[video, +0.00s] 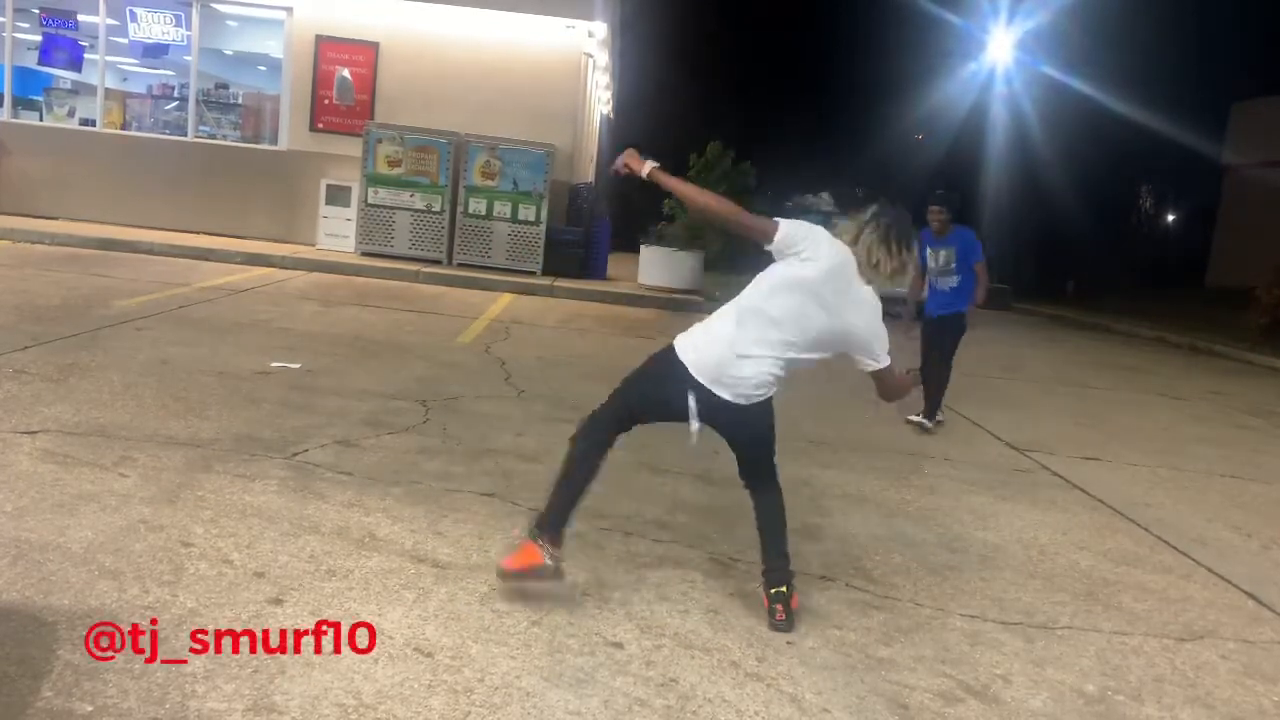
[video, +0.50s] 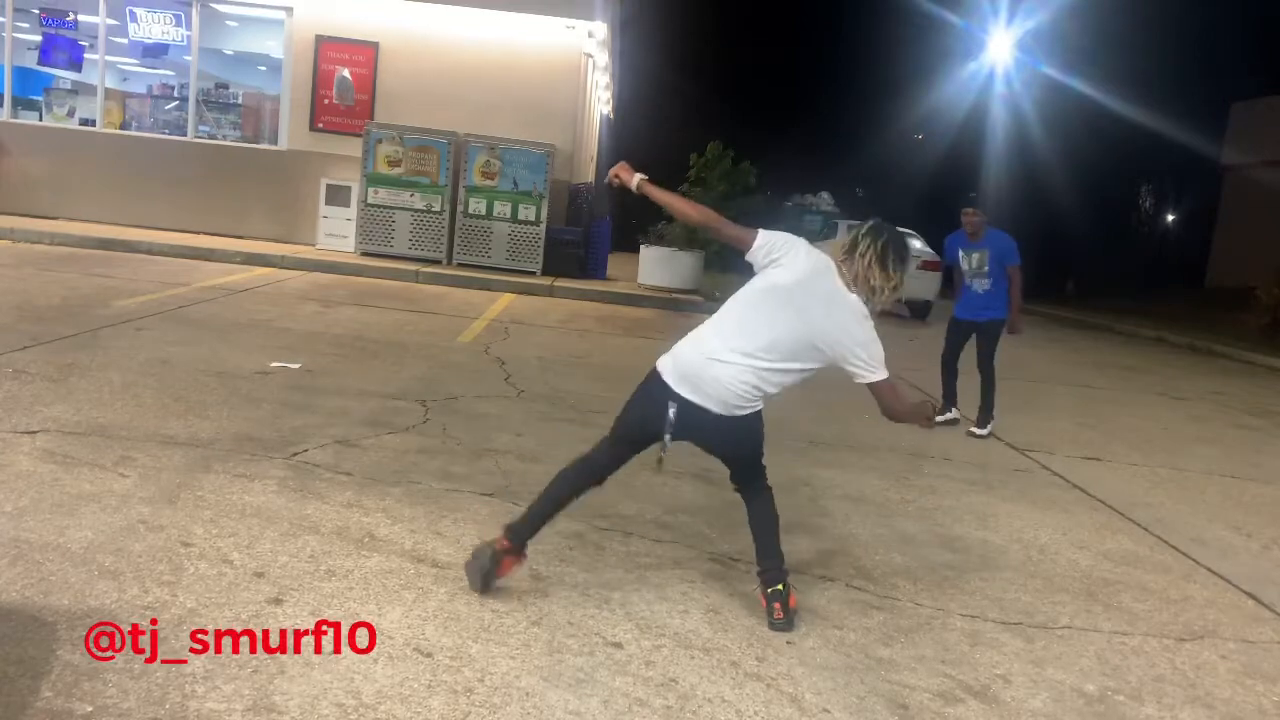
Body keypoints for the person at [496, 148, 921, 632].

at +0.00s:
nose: (897, 274)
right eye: (899, 265)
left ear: (856, 229)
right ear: (895, 263)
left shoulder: (814, 241)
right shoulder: (866, 315)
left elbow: (729, 214)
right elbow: (890, 390)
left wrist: (651, 171)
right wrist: (913, 378)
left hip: (686, 365)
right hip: (745, 401)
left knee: (602, 426)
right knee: (762, 482)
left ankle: (544, 540)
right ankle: (778, 589)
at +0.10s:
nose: (911, 302)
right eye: (914, 292)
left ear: (875, 249)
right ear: (902, 283)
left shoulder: (826, 250)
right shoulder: (873, 323)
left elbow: (746, 219)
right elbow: (887, 398)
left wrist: (668, 171)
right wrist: (910, 389)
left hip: (684, 366)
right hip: (746, 403)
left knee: (601, 425)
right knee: (771, 487)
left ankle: (509, 509)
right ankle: (781, 592)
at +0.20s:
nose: (911, 308)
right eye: (913, 298)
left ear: (879, 253)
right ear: (905, 287)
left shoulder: (827, 255)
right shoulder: (876, 329)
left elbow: (747, 221)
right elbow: (893, 408)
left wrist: (673, 174)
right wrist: (911, 395)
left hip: (685, 367)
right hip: (748, 408)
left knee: (601, 416)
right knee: (767, 486)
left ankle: (501, 498)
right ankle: (779, 595)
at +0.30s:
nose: (904, 308)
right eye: (908, 298)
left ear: (872, 255)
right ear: (899, 287)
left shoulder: (821, 253)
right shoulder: (873, 328)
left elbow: (739, 218)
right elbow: (898, 410)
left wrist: (669, 175)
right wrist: (929, 410)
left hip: (683, 368)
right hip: (747, 408)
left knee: (603, 413)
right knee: (766, 487)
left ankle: (519, 498)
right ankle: (780, 598)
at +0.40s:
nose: (907, 302)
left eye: (910, 292)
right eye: (908, 291)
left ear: (868, 251)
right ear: (893, 278)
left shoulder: (813, 250)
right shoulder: (867, 324)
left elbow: (733, 218)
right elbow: (899, 409)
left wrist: (663, 176)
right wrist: (933, 412)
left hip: (680, 370)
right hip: (744, 407)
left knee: (601, 426)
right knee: (769, 485)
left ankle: (510, 515)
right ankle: (780, 597)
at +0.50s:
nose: (886, 292)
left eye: (890, 283)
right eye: (888, 282)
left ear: (850, 249)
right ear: (873, 270)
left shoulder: (794, 250)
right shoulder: (852, 323)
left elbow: (717, 225)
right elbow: (895, 405)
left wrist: (644, 186)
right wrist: (933, 411)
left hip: (667, 383)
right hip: (730, 416)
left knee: (599, 461)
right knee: (754, 488)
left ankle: (513, 542)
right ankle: (776, 596)